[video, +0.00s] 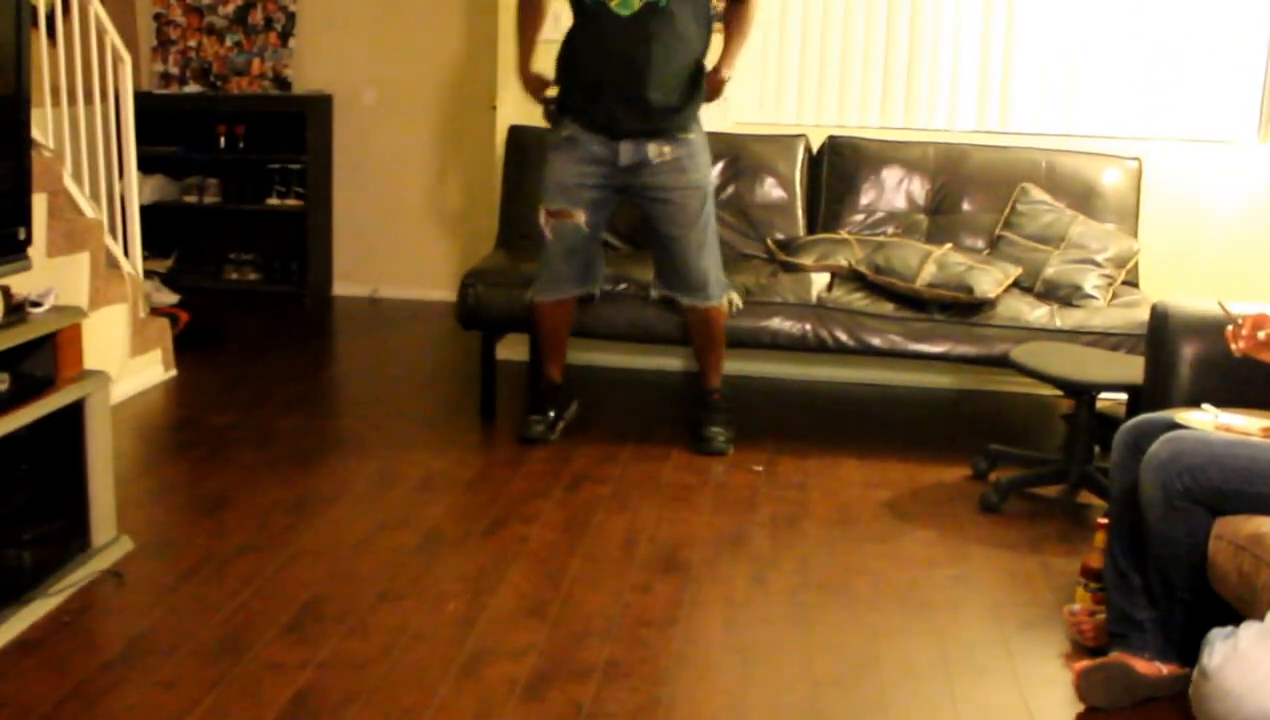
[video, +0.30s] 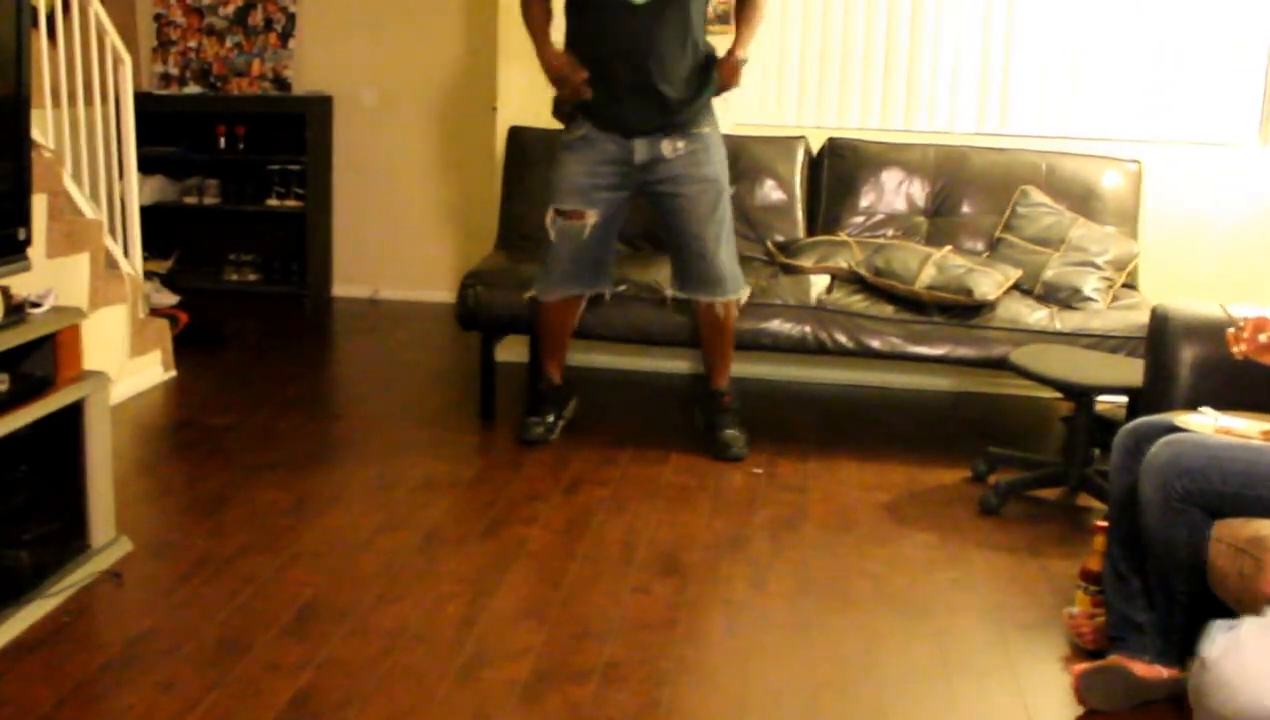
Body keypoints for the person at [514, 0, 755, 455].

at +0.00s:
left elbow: (741, 3)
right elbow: (533, 1)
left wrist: (722, 69)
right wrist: (526, 67)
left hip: (672, 131)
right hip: (582, 127)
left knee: (702, 281)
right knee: (556, 271)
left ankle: (712, 401)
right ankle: (551, 393)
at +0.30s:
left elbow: (750, 0)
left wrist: (737, 52)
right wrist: (548, 52)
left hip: (686, 120)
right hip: (595, 122)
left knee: (715, 275)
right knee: (563, 267)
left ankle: (719, 400)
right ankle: (550, 390)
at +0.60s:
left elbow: (766, 24)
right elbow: (572, 16)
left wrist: (733, 11)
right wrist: (580, 33)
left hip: (706, 138)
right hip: (614, 135)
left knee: (731, 280)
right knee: (575, 271)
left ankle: (727, 405)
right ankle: (560, 392)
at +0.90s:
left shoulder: (713, 3)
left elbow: (732, 51)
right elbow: (544, 31)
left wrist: (661, 15)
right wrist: (621, 46)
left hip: (682, 155)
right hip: (588, 151)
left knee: (719, 296)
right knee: (556, 280)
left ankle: (722, 406)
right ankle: (558, 404)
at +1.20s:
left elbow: (805, 21)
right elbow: (562, 14)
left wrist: (793, 4)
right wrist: (531, 28)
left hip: (721, 153)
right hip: (628, 151)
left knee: (743, 302)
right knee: (585, 284)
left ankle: (742, 415)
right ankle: (572, 404)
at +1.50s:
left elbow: (753, 32)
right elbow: (566, 27)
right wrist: (634, 2)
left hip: (698, 141)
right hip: (607, 138)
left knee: (726, 289)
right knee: (576, 278)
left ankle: (733, 411)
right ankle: (565, 406)